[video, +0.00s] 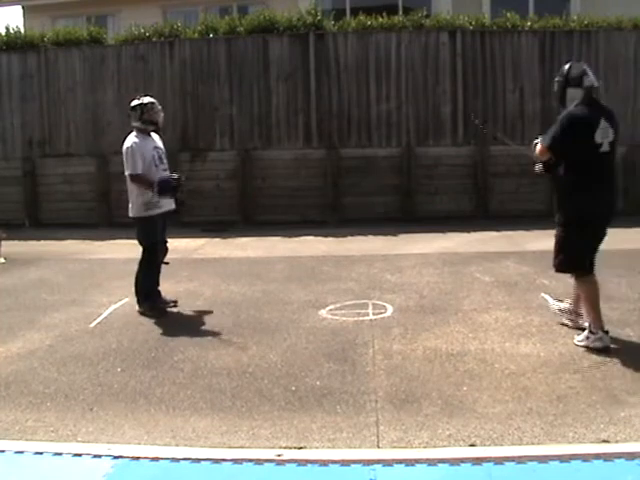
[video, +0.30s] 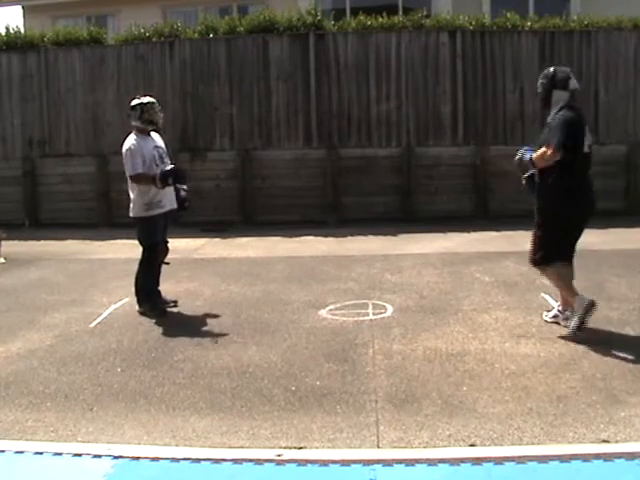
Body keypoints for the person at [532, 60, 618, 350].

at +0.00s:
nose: (559, 92)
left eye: (561, 88)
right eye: (560, 87)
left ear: (569, 88)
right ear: (589, 86)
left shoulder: (573, 118)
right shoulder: (607, 115)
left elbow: (543, 151)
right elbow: (589, 150)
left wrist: (539, 145)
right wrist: (552, 154)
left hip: (579, 205)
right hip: (601, 201)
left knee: (581, 265)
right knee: (581, 258)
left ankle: (596, 330)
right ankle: (575, 308)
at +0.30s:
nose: (539, 93)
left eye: (542, 88)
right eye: (541, 87)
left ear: (550, 90)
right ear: (567, 89)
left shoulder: (561, 118)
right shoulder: (575, 116)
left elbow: (551, 152)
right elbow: (568, 157)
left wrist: (528, 159)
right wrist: (537, 168)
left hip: (558, 202)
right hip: (575, 199)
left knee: (540, 258)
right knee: (563, 255)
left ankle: (577, 303)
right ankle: (565, 307)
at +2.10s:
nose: (442, 101)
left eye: (446, 96)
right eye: (442, 97)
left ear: (459, 98)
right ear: (449, 98)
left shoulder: (475, 124)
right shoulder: (452, 124)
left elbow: (483, 158)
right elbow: (450, 158)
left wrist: (452, 166)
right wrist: (429, 172)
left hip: (475, 197)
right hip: (454, 196)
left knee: (477, 247)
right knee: (452, 244)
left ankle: (486, 294)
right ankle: (450, 290)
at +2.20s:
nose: (448, 103)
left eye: (452, 97)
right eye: (447, 98)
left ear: (466, 99)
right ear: (457, 99)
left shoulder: (480, 125)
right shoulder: (457, 124)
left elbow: (484, 162)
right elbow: (450, 155)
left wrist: (454, 162)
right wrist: (433, 169)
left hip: (479, 200)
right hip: (459, 198)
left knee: (479, 246)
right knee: (448, 240)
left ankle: (486, 295)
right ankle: (450, 289)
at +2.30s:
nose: (450, 102)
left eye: (457, 96)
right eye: (450, 97)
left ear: (468, 99)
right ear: (461, 99)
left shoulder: (482, 126)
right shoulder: (458, 124)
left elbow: (485, 161)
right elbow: (448, 152)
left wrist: (455, 161)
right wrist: (434, 168)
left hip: (480, 198)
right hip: (458, 196)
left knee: (480, 246)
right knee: (443, 238)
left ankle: (487, 294)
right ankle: (448, 286)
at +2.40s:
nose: (449, 101)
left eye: (454, 96)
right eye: (448, 96)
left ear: (469, 98)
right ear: (453, 98)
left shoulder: (482, 125)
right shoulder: (457, 123)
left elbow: (486, 161)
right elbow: (452, 152)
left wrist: (454, 160)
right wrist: (435, 165)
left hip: (479, 201)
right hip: (456, 198)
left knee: (481, 247)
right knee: (443, 239)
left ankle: (486, 295)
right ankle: (440, 285)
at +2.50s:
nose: (447, 101)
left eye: (452, 96)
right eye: (447, 96)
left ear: (467, 98)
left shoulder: (481, 124)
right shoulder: (456, 123)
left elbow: (484, 161)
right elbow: (448, 151)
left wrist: (451, 165)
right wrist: (433, 157)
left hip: (478, 200)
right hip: (457, 197)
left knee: (479, 247)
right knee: (444, 241)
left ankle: (486, 295)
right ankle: (436, 287)